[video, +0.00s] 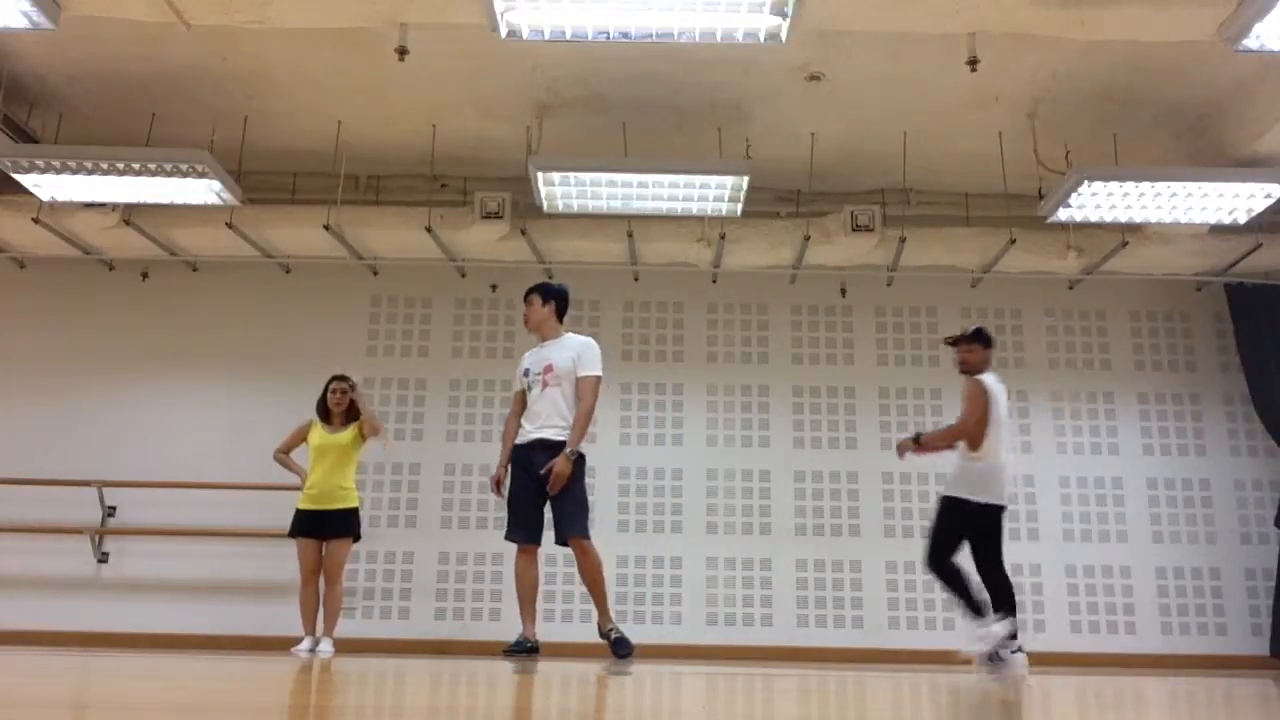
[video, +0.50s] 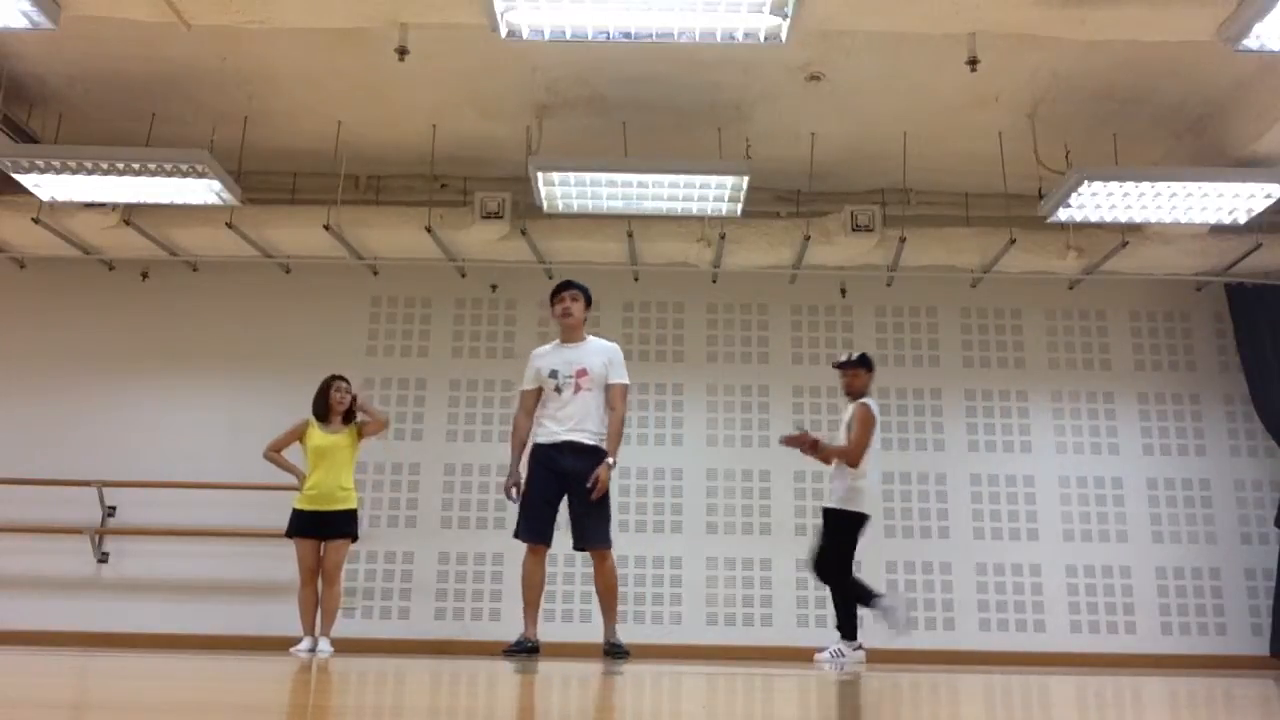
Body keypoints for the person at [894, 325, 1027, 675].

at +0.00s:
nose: (962, 357)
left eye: (969, 351)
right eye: (959, 352)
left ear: (987, 354)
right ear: (962, 354)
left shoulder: (976, 386)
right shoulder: (993, 387)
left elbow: (966, 430)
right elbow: (972, 437)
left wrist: (918, 440)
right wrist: (928, 446)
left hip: (968, 488)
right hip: (990, 490)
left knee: (938, 559)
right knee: (991, 566)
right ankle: (1009, 644)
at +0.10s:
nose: (935, 365)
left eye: (943, 359)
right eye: (933, 359)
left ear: (960, 360)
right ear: (934, 362)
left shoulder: (952, 393)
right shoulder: (971, 394)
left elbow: (945, 439)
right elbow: (955, 441)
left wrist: (896, 441)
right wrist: (906, 441)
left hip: (942, 498)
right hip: (967, 500)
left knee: (912, 559)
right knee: (983, 570)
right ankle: (1008, 647)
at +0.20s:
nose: (911, 376)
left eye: (918, 370)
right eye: (909, 370)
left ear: (935, 371)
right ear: (910, 372)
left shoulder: (926, 404)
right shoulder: (944, 404)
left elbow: (918, 451)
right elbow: (921, 452)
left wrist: (875, 443)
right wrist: (877, 443)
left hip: (919, 508)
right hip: (943, 508)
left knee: (891, 574)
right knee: (967, 573)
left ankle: (861, 639)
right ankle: (1007, 642)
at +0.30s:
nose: (887, 382)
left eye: (894, 376)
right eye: (885, 376)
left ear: (911, 379)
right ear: (886, 378)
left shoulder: (900, 412)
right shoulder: (915, 412)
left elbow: (891, 461)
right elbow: (897, 459)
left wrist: (846, 449)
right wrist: (854, 448)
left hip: (885, 512)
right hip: (909, 514)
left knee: (860, 571)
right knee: (930, 574)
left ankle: (849, 645)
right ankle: (988, 630)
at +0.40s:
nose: (866, 383)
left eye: (873, 378)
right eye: (863, 378)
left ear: (889, 380)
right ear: (863, 379)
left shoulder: (879, 413)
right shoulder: (886, 412)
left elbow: (868, 460)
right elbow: (868, 459)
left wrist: (833, 452)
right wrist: (834, 452)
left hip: (859, 511)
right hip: (877, 512)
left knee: (843, 574)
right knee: (876, 578)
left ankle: (849, 645)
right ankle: (938, 613)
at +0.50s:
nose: (847, 381)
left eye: (854, 375)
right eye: (844, 376)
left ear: (868, 377)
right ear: (843, 379)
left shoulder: (864, 410)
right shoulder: (853, 411)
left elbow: (853, 457)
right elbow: (838, 458)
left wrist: (817, 446)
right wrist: (810, 447)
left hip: (850, 505)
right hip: (843, 504)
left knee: (830, 568)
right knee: (832, 569)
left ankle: (849, 646)